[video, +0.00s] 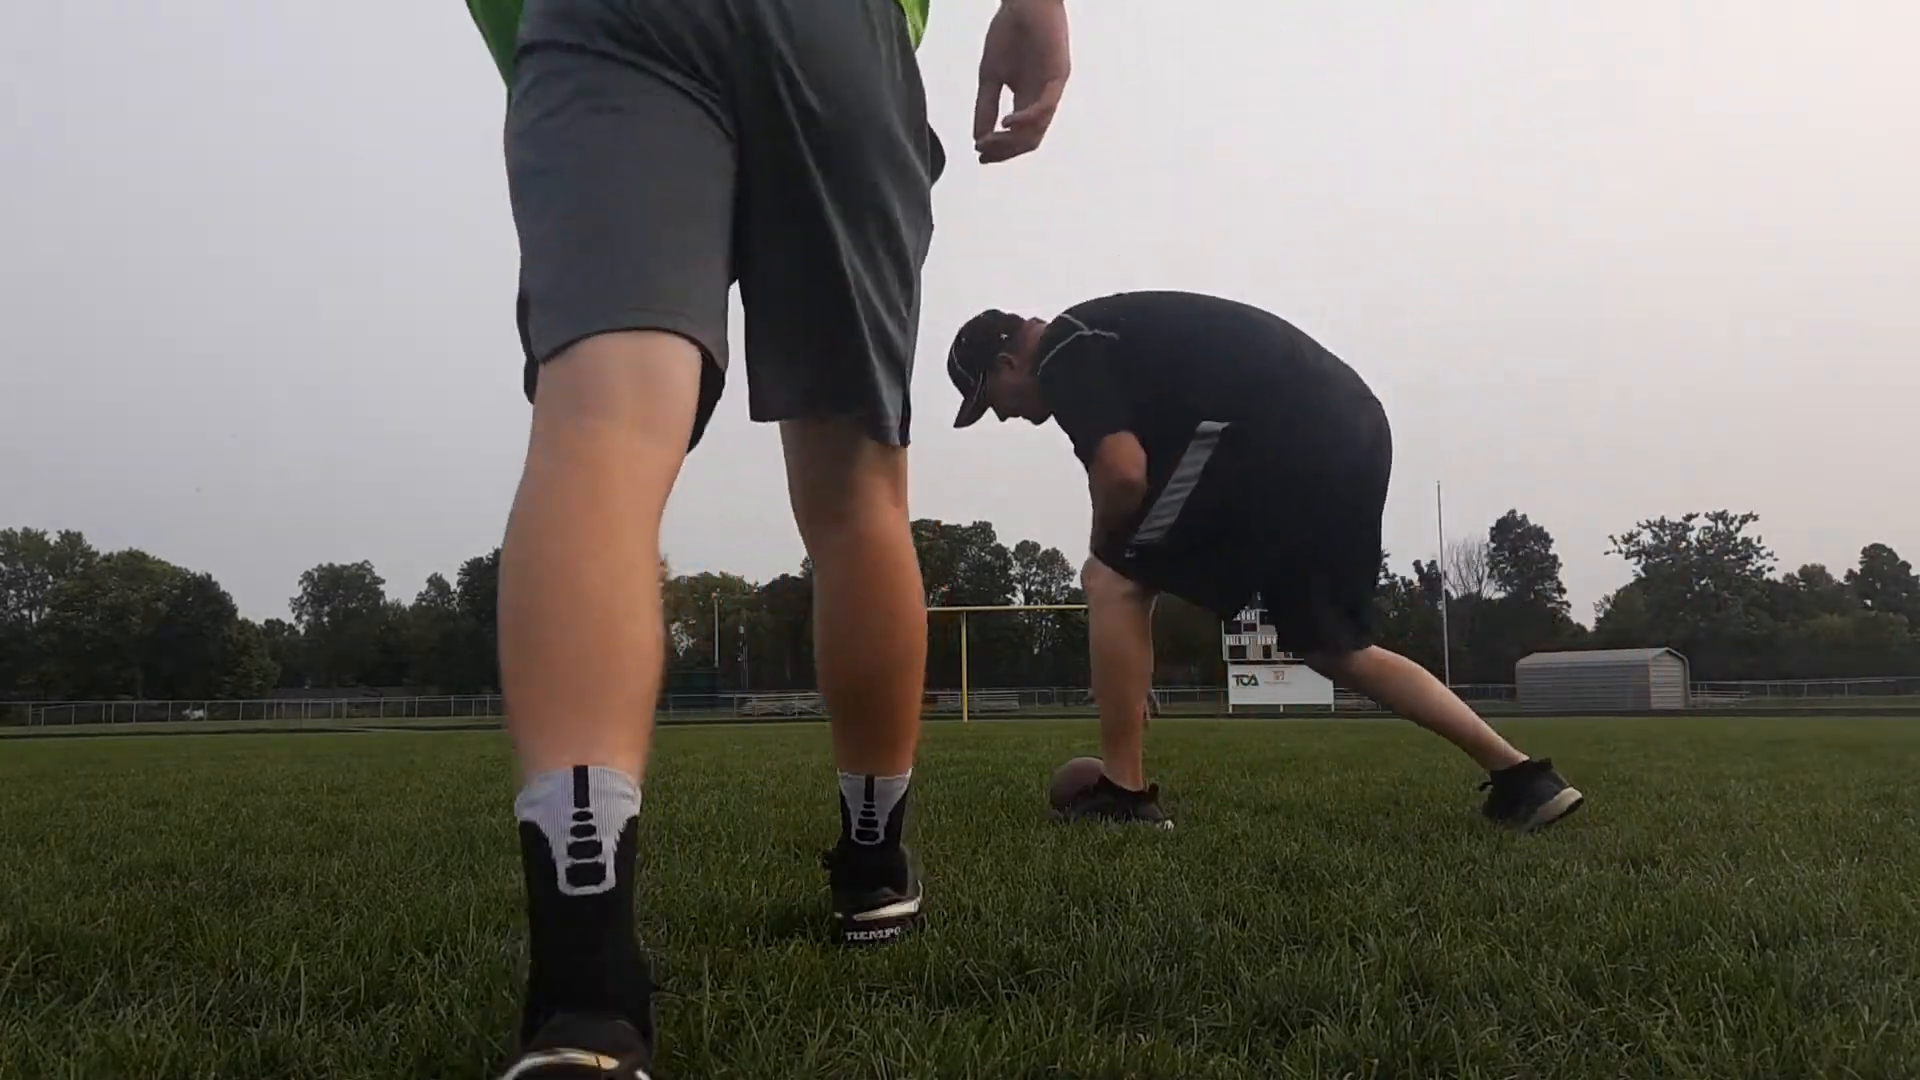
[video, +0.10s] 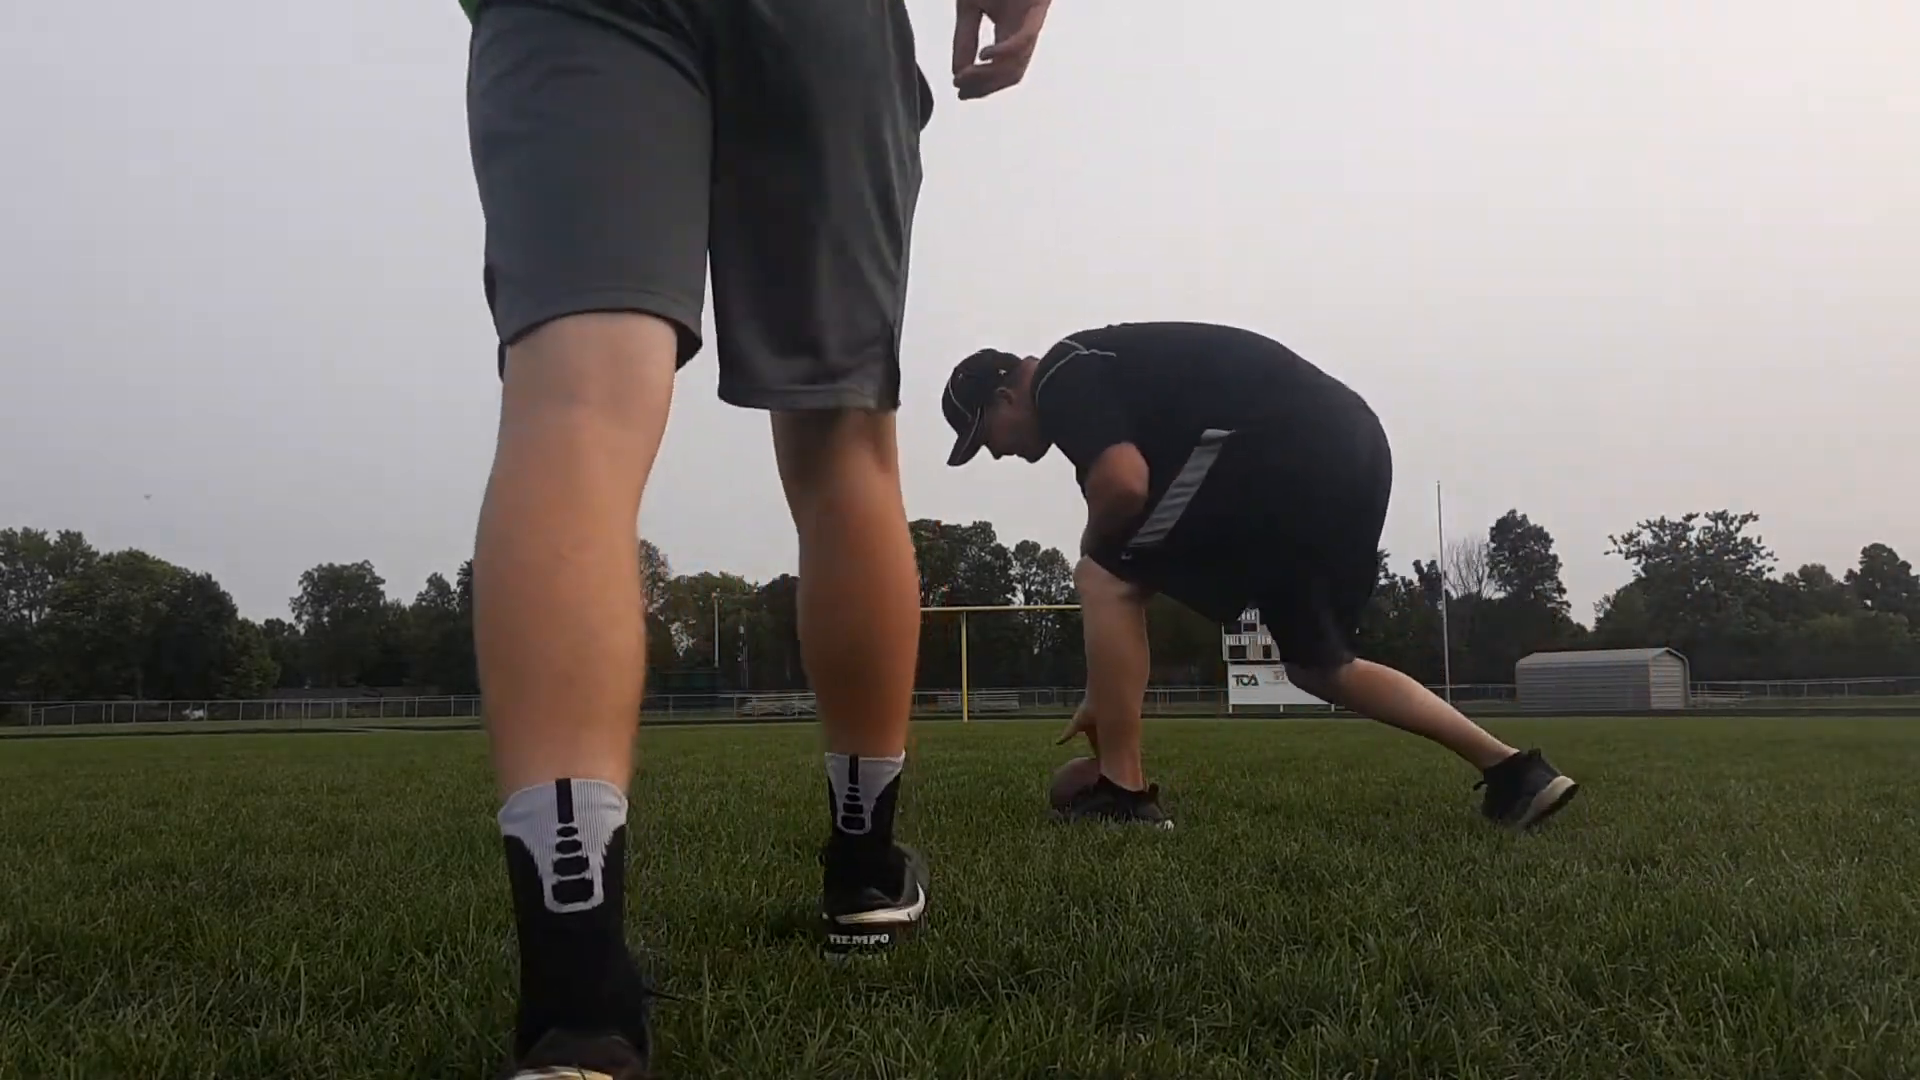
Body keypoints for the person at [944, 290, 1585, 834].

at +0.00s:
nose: (1014, 419)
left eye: (998, 402)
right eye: (997, 410)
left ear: (1012, 353)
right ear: (1028, 334)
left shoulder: (1066, 350)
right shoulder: (1120, 333)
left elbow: (1123, 469)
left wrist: (1103, 559)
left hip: (1261, 428)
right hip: (1356, 427)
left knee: (1113, 578)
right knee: (1332, 642)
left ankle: (1122, 785)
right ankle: (1518, 774)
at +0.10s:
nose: (1004, 452)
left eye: (990, 436)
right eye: (990, 445)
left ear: (1007, 389)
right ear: (1020, 375)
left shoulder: (1064, 377)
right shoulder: (1112, 367)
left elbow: (1122, 481)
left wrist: (1094, 554)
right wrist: (1112, 693)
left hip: (1266, 440)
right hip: (1356, 443)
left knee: (1106, 574)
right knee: (1321, 663)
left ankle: (1120, 786)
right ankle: (1508, 768)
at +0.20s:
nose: (990, 470)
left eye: (978, 453)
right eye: (977, 464)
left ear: (998, 406)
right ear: (1005, 406)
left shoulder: (1060, 392)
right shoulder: (1104, 407)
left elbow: (1123, 484)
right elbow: (1124, 597)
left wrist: (1083, 559)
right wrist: (1087, 735)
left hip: (1272, 458)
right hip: (1350, 467)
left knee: (1094, 579)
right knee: (1305, 685)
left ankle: (1124, 786)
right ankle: (1499, 760)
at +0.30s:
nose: (974, 469)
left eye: (966, 450)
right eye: (962, 464)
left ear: (991, 406)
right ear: (997, 414)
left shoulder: (1057, 402)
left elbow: (1122, 490)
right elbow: (1108, 605)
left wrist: (1070, 557)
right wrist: (1085, 736)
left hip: (1270, 476)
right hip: (1337, 498)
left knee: (1075, 573)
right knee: (1279, 709)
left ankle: (1118, 786)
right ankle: (1481, 756)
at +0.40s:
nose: (964, 454)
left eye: (960, 433)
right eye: (951, 451)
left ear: (991, 397)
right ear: (967, 451)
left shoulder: (1060, 404)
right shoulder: (1057, 487)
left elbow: (1122, 496)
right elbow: (1094, 614)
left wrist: (1059, 554)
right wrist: (1076, 742)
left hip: (1264, 499)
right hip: (1320, 529)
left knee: (1063, 574)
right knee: (1261, 739)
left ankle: (1121, 788)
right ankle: (1463, 755)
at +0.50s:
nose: (959, 448)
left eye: (959, 427)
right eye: (947, 443)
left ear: (996, 396)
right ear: (966, 446)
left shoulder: (1062, 411)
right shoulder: (1051, 498)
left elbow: (1127, 503)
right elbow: (1089, 630)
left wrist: (1045, 554)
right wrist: (1070, 755)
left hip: (1263, 522)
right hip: (1304, 554)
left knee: (1056, 578)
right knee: (1247, 767)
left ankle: (1120, 786)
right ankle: (1444, 759)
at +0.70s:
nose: (970, 442)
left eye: (973, 421)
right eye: (959, 436)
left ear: (1015, 397)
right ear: (972, 443)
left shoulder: (1080, 421)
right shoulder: (1049, 504)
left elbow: (1146, 514)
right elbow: (1094, 627)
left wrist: (1050, 551)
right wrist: (1079, 746)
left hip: (1272, 547)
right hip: (1283, 592)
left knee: (1057, 575)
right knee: (1237, 791)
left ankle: (1120, 786)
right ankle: (1427, 766)